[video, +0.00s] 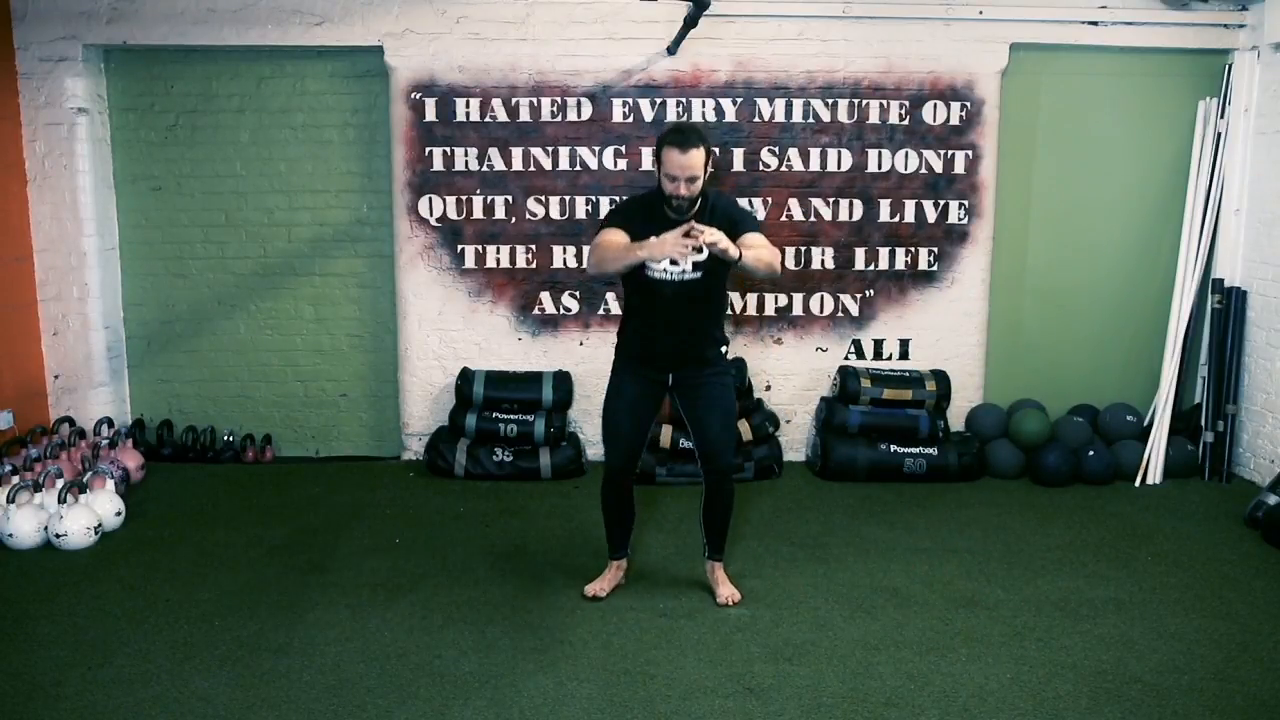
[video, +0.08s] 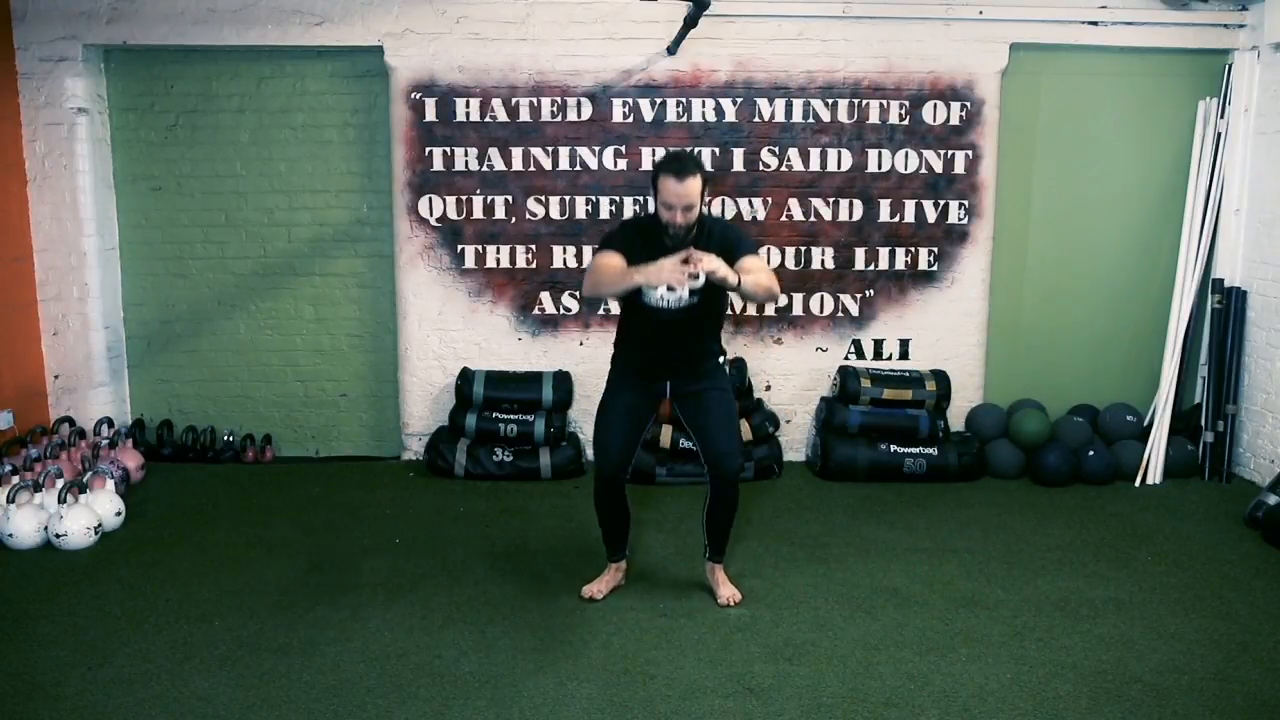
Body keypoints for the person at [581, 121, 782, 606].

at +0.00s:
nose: (680, 189)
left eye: (690, 179)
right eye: (671, 178)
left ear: (706, 170)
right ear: (658, 169)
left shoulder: (723, 210)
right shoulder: (638, 210)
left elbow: (773, 265)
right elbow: (597, 259)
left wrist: (731, 250)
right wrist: (651, 246)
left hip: (703, 362)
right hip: (638, 360)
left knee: (721, 464)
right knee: (618, 463)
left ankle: (715, 562)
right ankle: (617, 560)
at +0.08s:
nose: (677, 218)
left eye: (687, 208)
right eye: (669, 207)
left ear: (703, 199)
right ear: (655, 198)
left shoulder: (722, 236)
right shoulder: (633, 233)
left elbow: (770, 288)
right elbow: (592, 284)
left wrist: (730, 277)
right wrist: (647, 273)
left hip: (701, 372)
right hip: (635, 371)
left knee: (727, 466)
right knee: (608, 467)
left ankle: (715, 564)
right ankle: (616, 562)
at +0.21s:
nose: (672, 278)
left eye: (682, 269)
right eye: (664, 269)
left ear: (698, 256)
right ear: (650, 256)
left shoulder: (717, 288)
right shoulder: (629, 284)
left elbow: (767, 339)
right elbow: (590, 333)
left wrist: (728, 331)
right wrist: (646, 326)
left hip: (696, 400)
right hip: (631, 400)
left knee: (733, 476)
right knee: (597, 480)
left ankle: (715, 567)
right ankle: (615, 565)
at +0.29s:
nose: (670, 320)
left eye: (680, 310)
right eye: (661, 310)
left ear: (696, 294)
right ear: (648, 295)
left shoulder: (715, 322)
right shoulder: (630, 318)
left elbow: (764, 376)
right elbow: (590, 372)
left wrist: (727, 373)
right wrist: (643, 366)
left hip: (698, 420)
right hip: (632, 419)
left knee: (736, 480)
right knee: (594, 486)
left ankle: (715, 568)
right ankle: (615, 567)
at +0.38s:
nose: (668, 356)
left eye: (678, 347)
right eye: (659, 346)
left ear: (693, 332)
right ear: (646, 331)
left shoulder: (713, 353)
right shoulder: (628, 351)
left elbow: (759, 412)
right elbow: (589, 405)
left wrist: (725, 411)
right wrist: (639, 405)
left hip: (698, 439)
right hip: (635, 439)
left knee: (739, 486)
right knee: (592, 490)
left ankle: (715, 568)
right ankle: (615, 568)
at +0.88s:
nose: (668, 320)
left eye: (678, 311)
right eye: (659, 311)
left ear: (694, 300)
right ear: (646, 300)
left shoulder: (712, 327)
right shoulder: (633, 325)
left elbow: (763, 377)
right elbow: (589, 372)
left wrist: (723, 366)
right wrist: (647, 363)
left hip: (700, 426)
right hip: (635, 425)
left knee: (736, 485)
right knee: (603, 487)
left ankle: (713, 569)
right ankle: (617, 568)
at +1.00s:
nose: (670, 256)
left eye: (680, 247)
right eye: (661, 246)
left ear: (696, 238)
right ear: (649, 239)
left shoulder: (717, 273)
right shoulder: (633, 271)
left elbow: (763, 326)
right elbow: (587, 320)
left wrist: (722, 313)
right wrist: (645, 310)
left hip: (699, 388)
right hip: (637, 388)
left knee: (727, 473)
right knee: (610, 476)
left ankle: (713, 568)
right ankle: (618, 565)